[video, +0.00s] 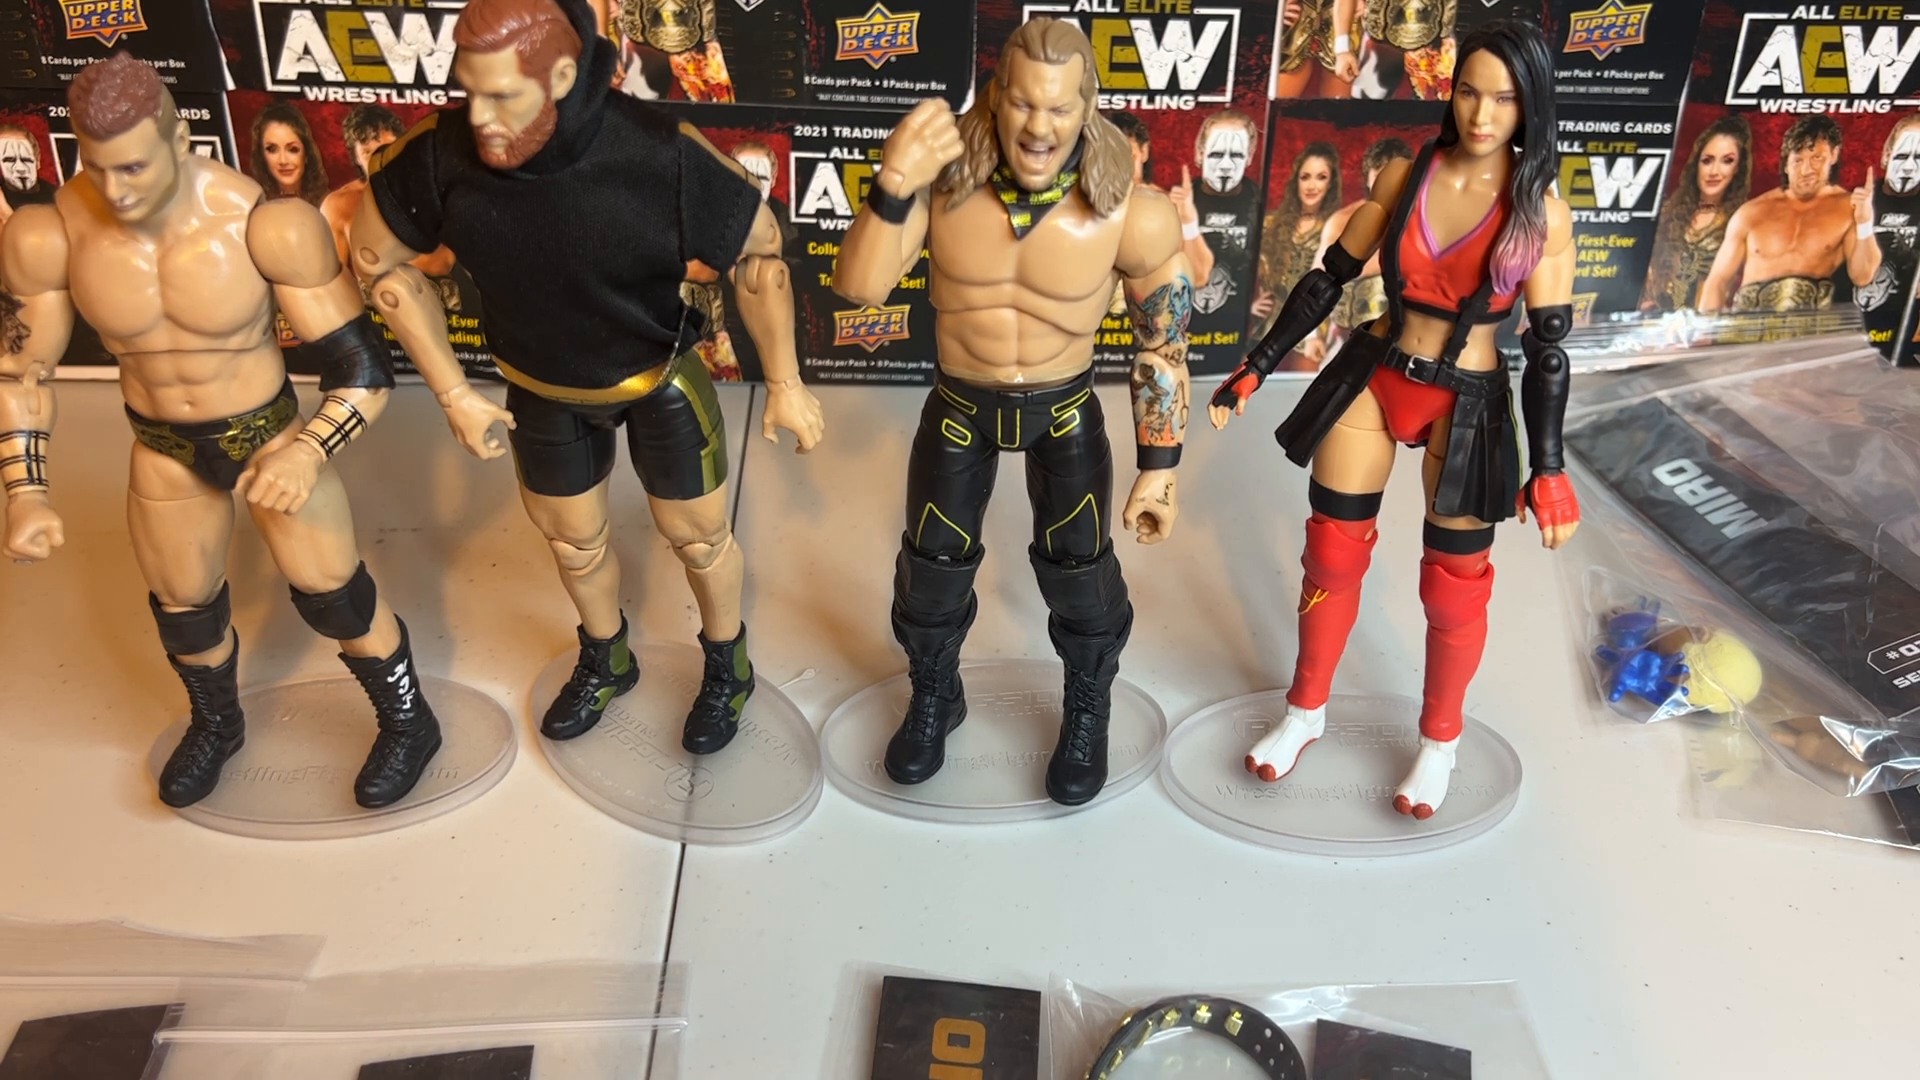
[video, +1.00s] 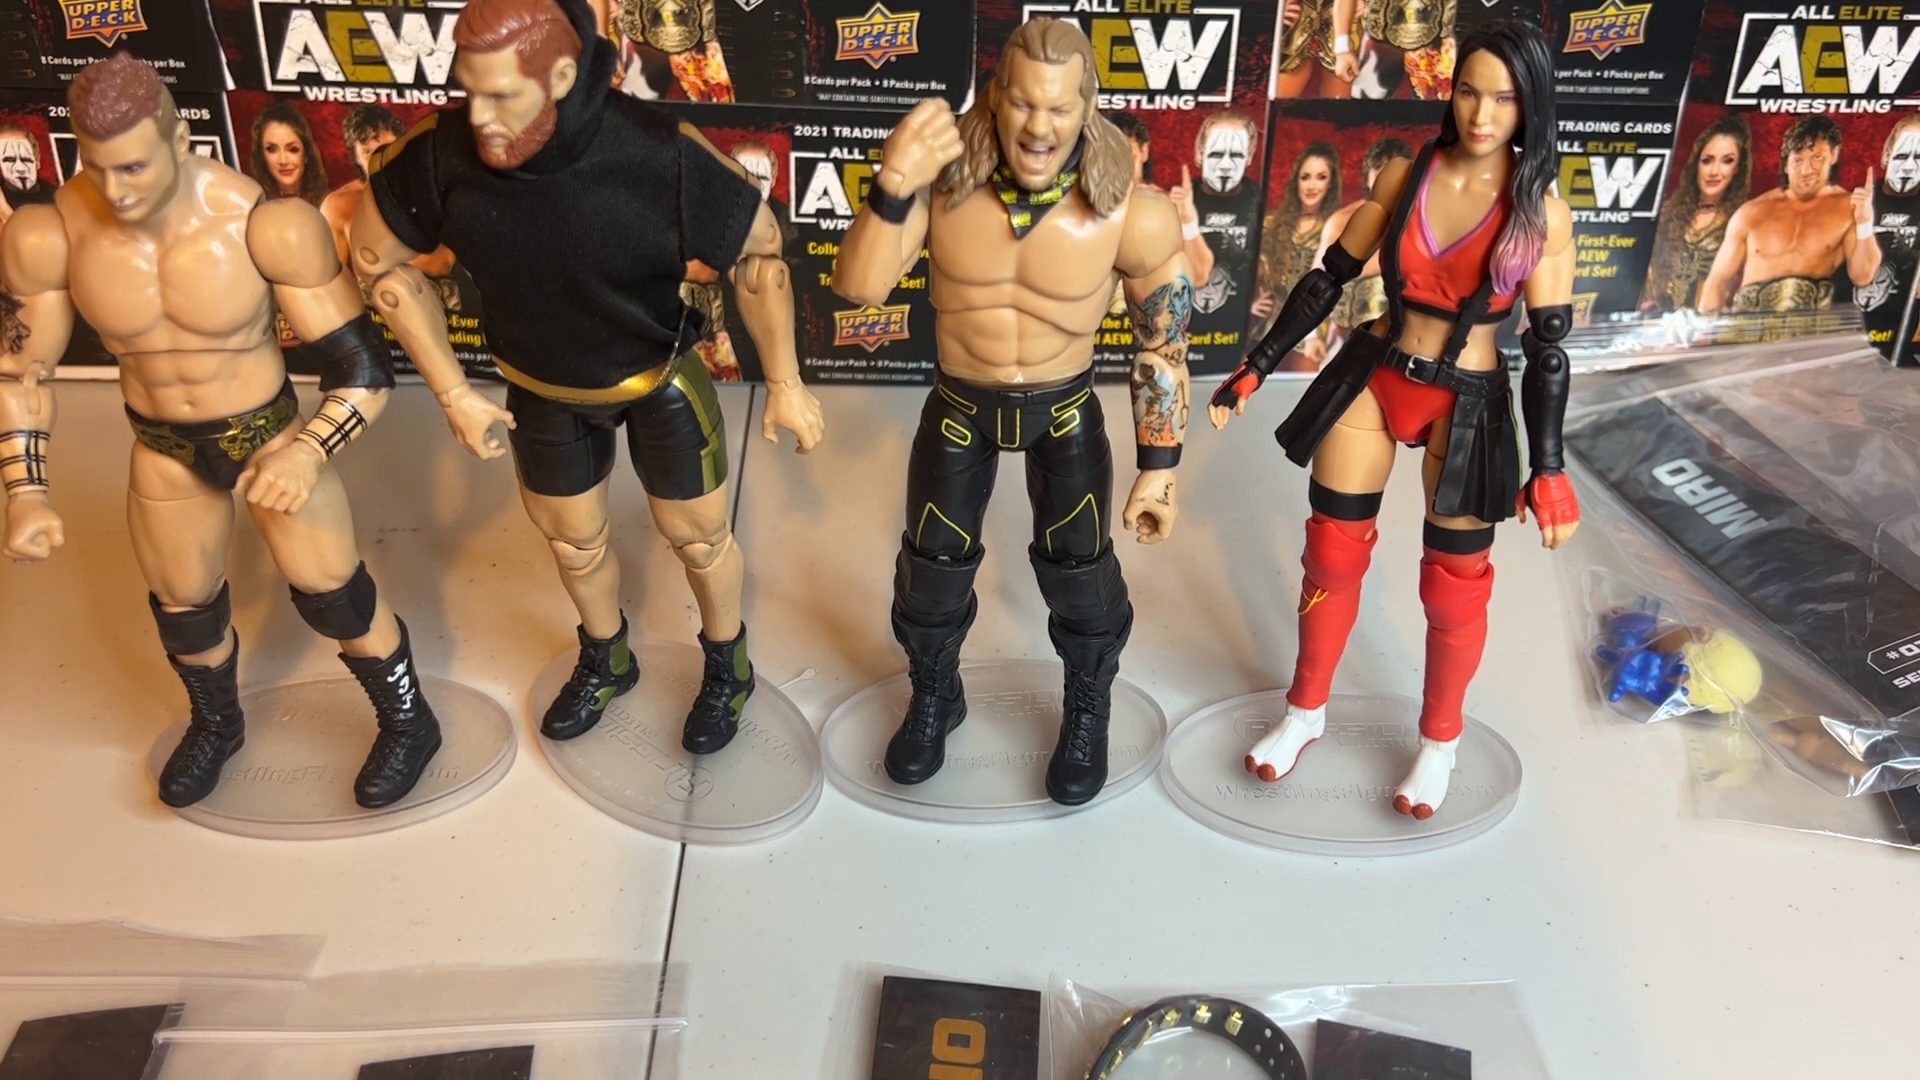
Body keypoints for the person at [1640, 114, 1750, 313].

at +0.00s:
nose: (1714, 171)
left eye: (1727, 161)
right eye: (1707, 160)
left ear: (1739, 168)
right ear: (1696, 164)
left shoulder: (1742, 219)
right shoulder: (1671, 212)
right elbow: (1655, 266)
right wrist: (1649, 301)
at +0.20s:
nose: (1714, 171)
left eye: (1727, 161)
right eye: (1707, 160)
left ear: (1739, 168)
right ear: (1695, 164)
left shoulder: (1742, 220)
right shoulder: (1671, 212)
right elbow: (1654, 266)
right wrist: (1649, 300)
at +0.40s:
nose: (1714, 171)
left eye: (1727, 161)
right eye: (1707, 160)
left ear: (1739, 168)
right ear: (1695, 164)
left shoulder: (1742, 219)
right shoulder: (1671, 212)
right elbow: (1655, 265)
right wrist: (1650, 300)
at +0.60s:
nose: (1714, 171)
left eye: (1727, 161)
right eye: (1707, 160)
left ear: (1739, 168)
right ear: (1696, 164)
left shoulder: (1742, 219)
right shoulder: (1670, 212)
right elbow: (1654, 267)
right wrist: (1649, 301)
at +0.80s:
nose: (1714, 171)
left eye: (1727, 161)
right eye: (1707, 160)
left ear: (1739, 168)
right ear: (1695, 164)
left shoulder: (1743, 219)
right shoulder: (1671, 212)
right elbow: (1654, 267)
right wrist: (1650, 300)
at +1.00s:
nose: (1714, 171)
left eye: (1727, 161)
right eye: (1707, 160)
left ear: (1739, 168)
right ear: (1695, 164)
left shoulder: (1742, 219)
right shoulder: (1671, 212)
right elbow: (1655, 265)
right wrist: (1649, 299)